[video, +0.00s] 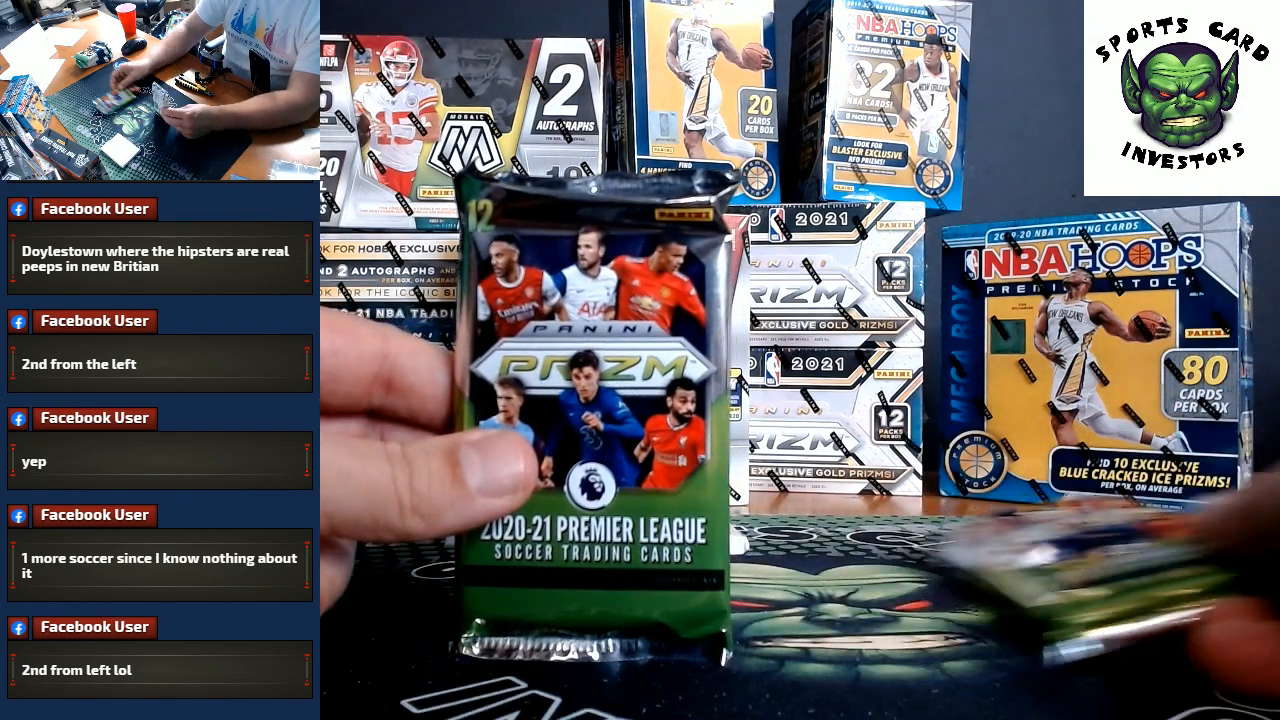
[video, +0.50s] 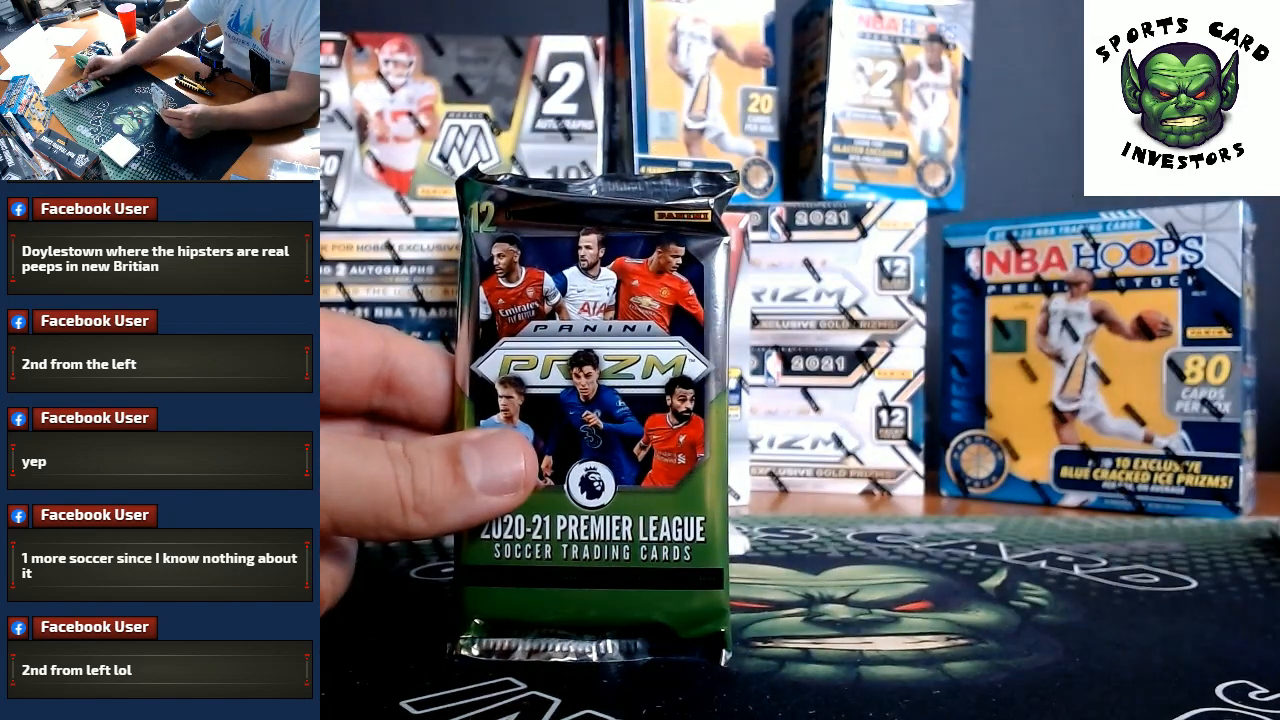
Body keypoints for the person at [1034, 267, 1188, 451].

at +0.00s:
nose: (1069, 273)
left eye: (1076, 272)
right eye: (1070, 271)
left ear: (1086, 282)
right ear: (1067, 282)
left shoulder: (1094, 308)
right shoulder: (1049, 304)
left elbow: (1126, 332)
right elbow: (1038, 335)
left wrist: (1159, 331)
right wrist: (1046, 351)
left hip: (1079, 365)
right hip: (1064, 367)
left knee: (1060, 422)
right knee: (1102, 425)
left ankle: (1082, 480)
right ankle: (1165, 443)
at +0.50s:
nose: (1072, 288)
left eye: (1077, 284)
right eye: (1071, 283)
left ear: (1087, 286)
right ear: (1067, 284)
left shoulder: (1095, 308)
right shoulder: (1053, 304)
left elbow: (1125, 331)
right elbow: (1039, 335)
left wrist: (1155, 330)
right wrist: (1047, 350)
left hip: (1081, 365)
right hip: (1063, 366)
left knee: (1062, 417)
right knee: (1103, 424)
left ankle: (1077, 473)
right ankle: (1165, 442)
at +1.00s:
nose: (1072, 287)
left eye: (1077, 283)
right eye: (1071, 283)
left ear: (1087, 285)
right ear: (1067, 283)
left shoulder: (1095, 308)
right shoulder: (1053, 303)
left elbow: (1126, 331)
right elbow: (1039, 335)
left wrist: (1157, 330)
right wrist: (1047, 350)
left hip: (1081, 365)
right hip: (1063, 367)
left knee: (1062, 418)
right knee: (1104, 424)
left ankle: (1077, 473)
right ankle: (1165, 442)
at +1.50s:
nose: (1072, 288)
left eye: (1077, 284)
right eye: (1070, 283)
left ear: (1087, 286)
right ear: (1067, 283)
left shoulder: (1095, 308)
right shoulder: (1053, 303)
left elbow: (1126, 331)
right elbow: (1039, 335)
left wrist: (1156, 330)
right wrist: (1047, 350)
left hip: (1081, 365)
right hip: (1063, 366)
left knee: (1062, 418)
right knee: (1103, 424)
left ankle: (1077, 473)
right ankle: (1165, 442)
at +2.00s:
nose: (1072, 288)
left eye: (1077, 284)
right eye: (1071, 283)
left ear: (1087, 285)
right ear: (1067, 283)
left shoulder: (1095, 308)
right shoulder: (1053, 304)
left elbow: (1126, 331)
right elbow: (1039, 334)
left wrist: (1156, 329)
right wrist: (1047, 349)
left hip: (1081, 365)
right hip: (1064, 367)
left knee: (1062, 418)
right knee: (1103, 424)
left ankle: (1078, 473)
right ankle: (1165, 442)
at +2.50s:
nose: (1072, 287)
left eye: (1077, 284)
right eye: (1071, 283)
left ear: (1087, 285)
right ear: (1067, 283)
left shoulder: (1095, 308)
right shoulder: (1053, 304)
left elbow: (1126, 331)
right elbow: (1039, 334)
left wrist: (1156, 330)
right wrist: (1047, 350)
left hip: (1081, 365)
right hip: (1064, 367)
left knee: (1062, 418)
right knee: (1103, 424)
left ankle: (1078, 473)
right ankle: (1165, 442)